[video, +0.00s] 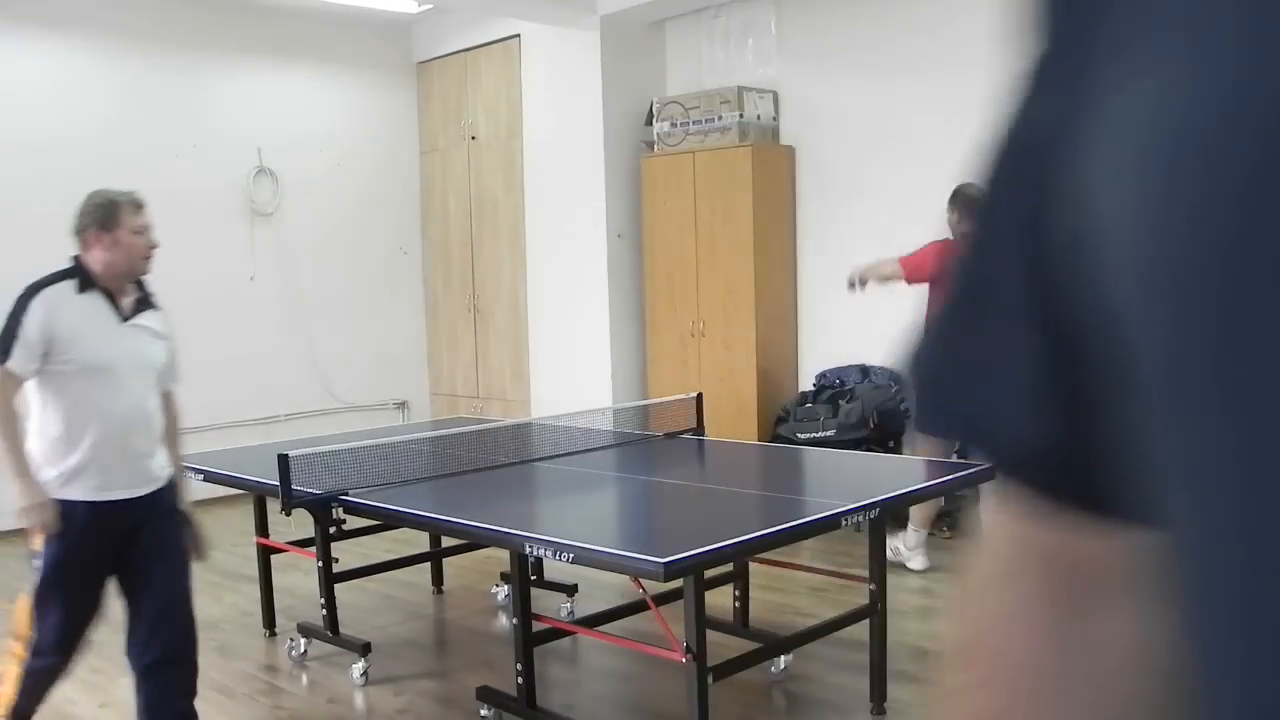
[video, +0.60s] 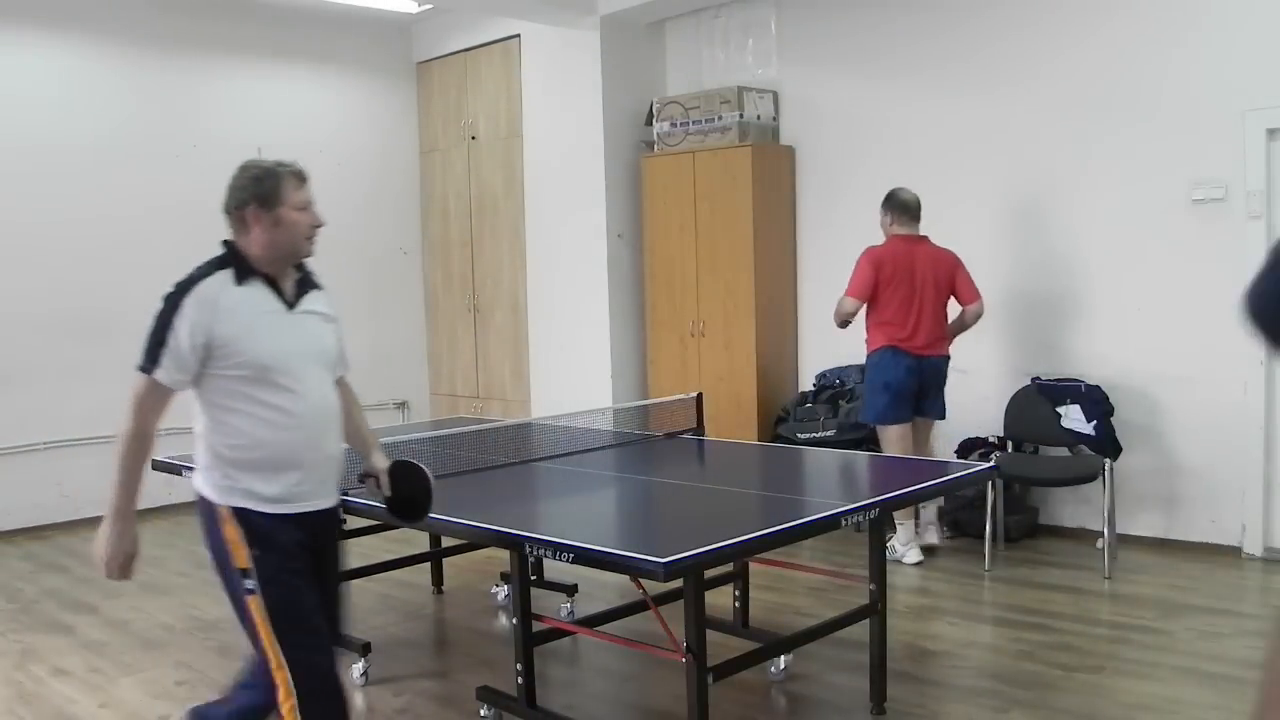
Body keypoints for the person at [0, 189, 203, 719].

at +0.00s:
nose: (153, 244)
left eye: (151, 233)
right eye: (140, 233)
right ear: (96, 240)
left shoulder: (152, 314)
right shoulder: (44, 303)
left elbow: (167, 409)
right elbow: (3, 394)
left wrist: (178, 498)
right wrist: (29, 491)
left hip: (153, 505)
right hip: (77, 511)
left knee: (169, 653)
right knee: (52, 647)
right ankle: (17, 710)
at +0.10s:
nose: (181, 233)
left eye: (179, 221)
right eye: (168, 222)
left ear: (136, 228)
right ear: (123, 228)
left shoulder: (179, 302)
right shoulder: (70, 289)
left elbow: (199, 392)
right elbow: (24, 378)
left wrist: (226, 477)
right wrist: (63, 476)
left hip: (175, 496)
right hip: (99, 501)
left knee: (181, 647)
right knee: (102, 644)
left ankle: (174, 715)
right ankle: (51, 710)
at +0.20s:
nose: (205, 223)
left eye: (203, 212)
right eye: (193, 213)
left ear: (161, 221)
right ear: (147, 221)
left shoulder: (203, 293)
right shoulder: (95, 281)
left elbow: (234, 377)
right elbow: (48, 372)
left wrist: (271, 455)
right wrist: (79, 470)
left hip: (196, 489)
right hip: (123, 491)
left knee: (195, 635)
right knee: (155, 637)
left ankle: (175, 713)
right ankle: (126, 709)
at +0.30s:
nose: (233, 224)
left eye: (231, 212)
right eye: (220, 213)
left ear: (191, 223)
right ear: (174, 222)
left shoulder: (232, 297)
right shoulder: (123, 284)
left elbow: (268, 377)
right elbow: (72, 376)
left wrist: (316, 451)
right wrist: (87, 482)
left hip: (217, 492)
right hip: (146, 493)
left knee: (208, 641)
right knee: (184, 644)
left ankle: (192, 713)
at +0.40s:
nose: (263, 227)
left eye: (261, 216)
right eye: (250, 217)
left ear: (215, 226)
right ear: (202, 226)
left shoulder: (261, 301)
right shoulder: (149, 292)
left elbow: (297, 384)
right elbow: (93, 391)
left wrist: (348, 450)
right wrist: (91, 501)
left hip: (246, 500)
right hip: (173, 505)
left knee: (207, 649)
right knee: (228, 662)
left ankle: (180, 713)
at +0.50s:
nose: (290, 228)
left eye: (287, 216)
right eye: (276, 218)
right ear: (228, 229)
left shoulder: (286, 303)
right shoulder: (173, 302)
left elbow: (318, 390)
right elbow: (114, 404)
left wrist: (361, 452)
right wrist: (100, 514)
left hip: (280, 508)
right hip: (210, 510)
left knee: (235, 645)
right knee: (274, 658)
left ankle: (193, 712)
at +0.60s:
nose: (318, 220)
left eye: (314, 208)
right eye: (304, 209)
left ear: (267, 220)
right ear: (256, 218)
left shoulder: (314, 296)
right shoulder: (200, 300)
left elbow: (336, 386)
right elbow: (145, 410)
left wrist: (374, 457)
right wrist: (120, 518)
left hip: (319, 507)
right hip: (246, 511)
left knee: (302, 661)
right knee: (308, 681)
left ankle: (215, 715)